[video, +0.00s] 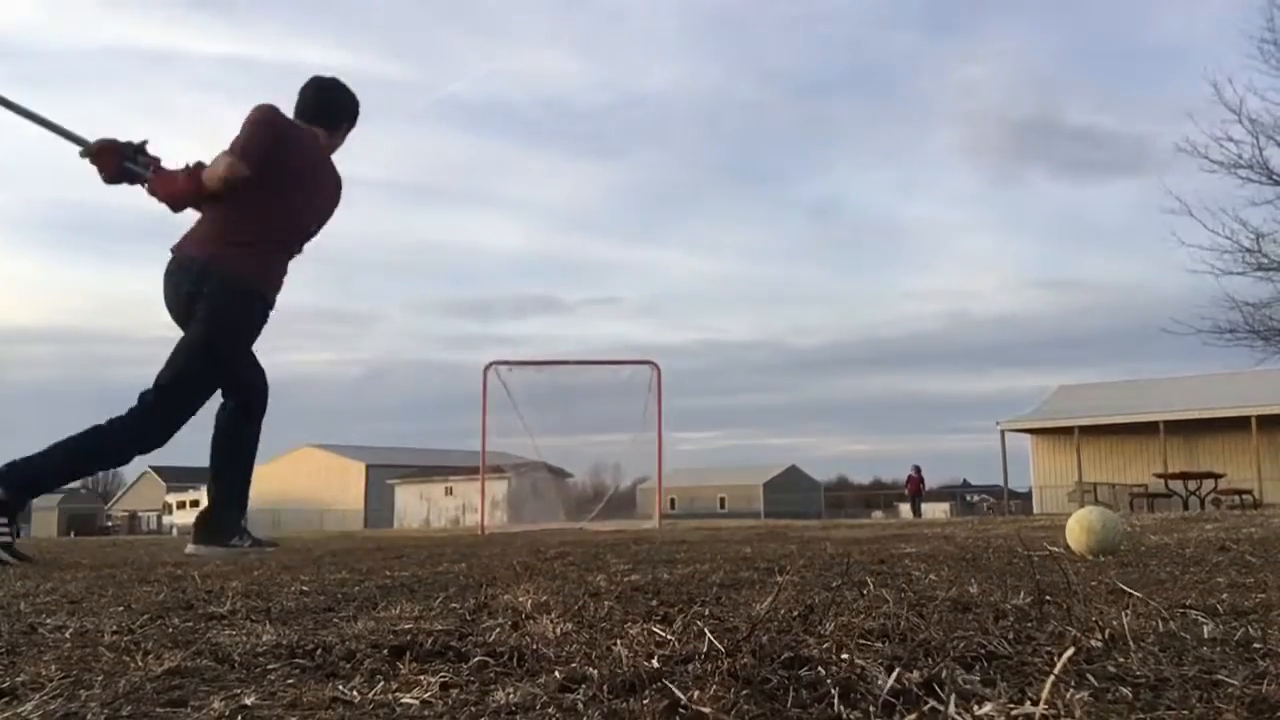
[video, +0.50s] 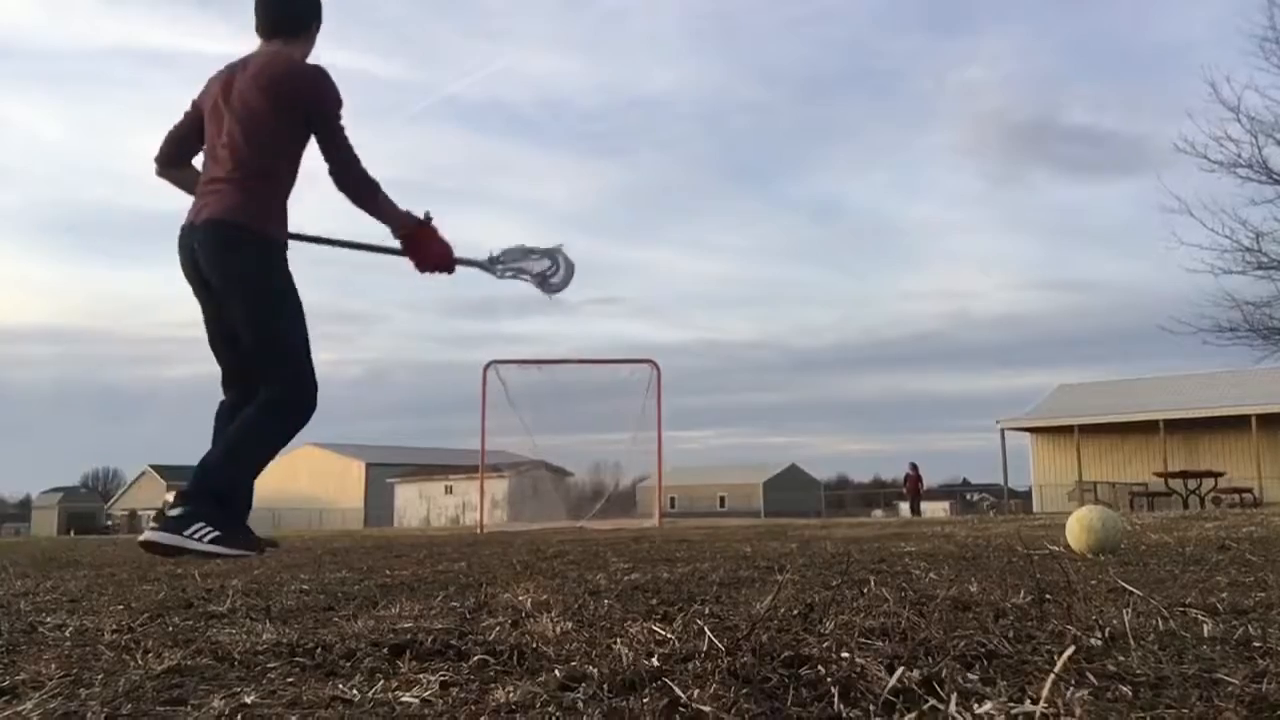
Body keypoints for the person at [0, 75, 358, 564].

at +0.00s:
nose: (343, 140)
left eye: (345, 132)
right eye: (347, 132)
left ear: (302, 107)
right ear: (342, 129)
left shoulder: (269, 120)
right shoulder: (329, 185)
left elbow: (229, 171)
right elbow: (233, 203)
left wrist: (146, 173)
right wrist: (147, 170)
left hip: (183, 278)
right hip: (240, 299)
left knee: (249, 389)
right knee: (151, 424)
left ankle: (222, 527)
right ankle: (10, 488)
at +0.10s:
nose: (326, 125)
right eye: (331, 116)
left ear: (282, 94)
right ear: (329, 113)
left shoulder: (251, 113)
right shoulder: (324, 170)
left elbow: (219, 169)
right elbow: (260, 214)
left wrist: (176, 204)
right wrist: (191, 187)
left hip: (189, 271)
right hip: (247, 287)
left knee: (249, 390)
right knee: (177, 423)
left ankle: (222, 527)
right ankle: (24, 494)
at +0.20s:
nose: (321, 106)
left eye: (318, 99)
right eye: (325, 98)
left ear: (274, 82)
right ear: (322, 95)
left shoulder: (237, 107)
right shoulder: (326, 154)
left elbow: (176, 147)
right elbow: (245, 213)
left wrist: (177, 200)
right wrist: (167, 249)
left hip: (194, 263)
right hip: (250, 275)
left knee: (258, 390)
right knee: (212, 416)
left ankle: (224, 526)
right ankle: (70, 480)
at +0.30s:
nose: (318, 86)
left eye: (312, 78)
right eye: (321, 78)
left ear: (268, 66)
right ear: (318, 75)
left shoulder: (224, 102)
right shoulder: (328, 133)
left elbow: (144, 154)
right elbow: (300, 217)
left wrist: (179, 203)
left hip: (189, 253)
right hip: (244, 259)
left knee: (247, 395)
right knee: (266, 410)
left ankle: (222, 527)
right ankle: (134, 479)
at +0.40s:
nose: (316, 62)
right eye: (319, 53)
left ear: (264, 46)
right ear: (316, 51)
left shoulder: (220, 94)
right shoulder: (320, 109)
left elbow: (154, 162)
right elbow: (330, 199)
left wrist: (209, 202)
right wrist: (348, 261)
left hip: (189, 250)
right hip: (242, 253)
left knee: (243, 390)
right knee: (293, 397)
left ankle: (224, 520)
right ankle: (203, 511)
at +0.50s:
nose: (314, 39)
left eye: (307, 29)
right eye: (316, 29)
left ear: (261, 24)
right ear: (313, 27)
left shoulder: (223, 79)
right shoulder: (309, 79)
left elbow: (169, 162)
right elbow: (348, 174)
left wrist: (227, 197)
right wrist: (407, 225)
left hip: (198, 238)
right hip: (247, 239)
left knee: (242, 386)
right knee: (293, 391)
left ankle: (225, 522)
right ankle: (196, 513)